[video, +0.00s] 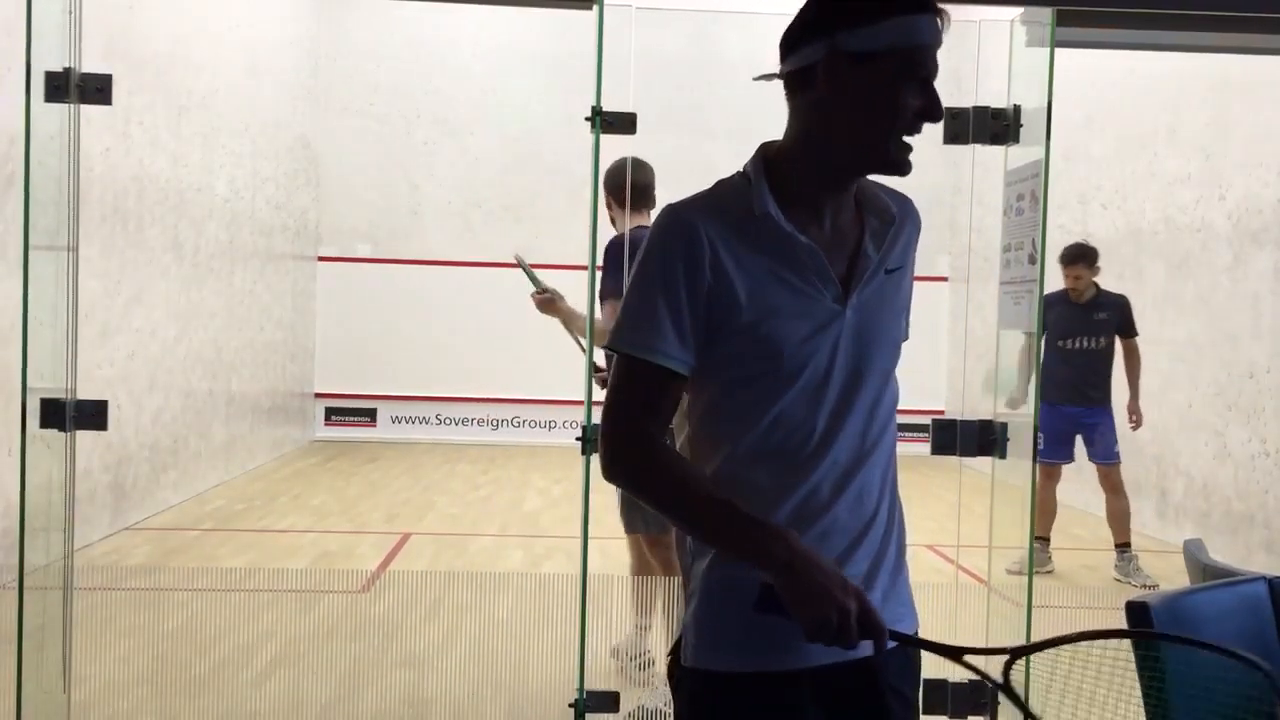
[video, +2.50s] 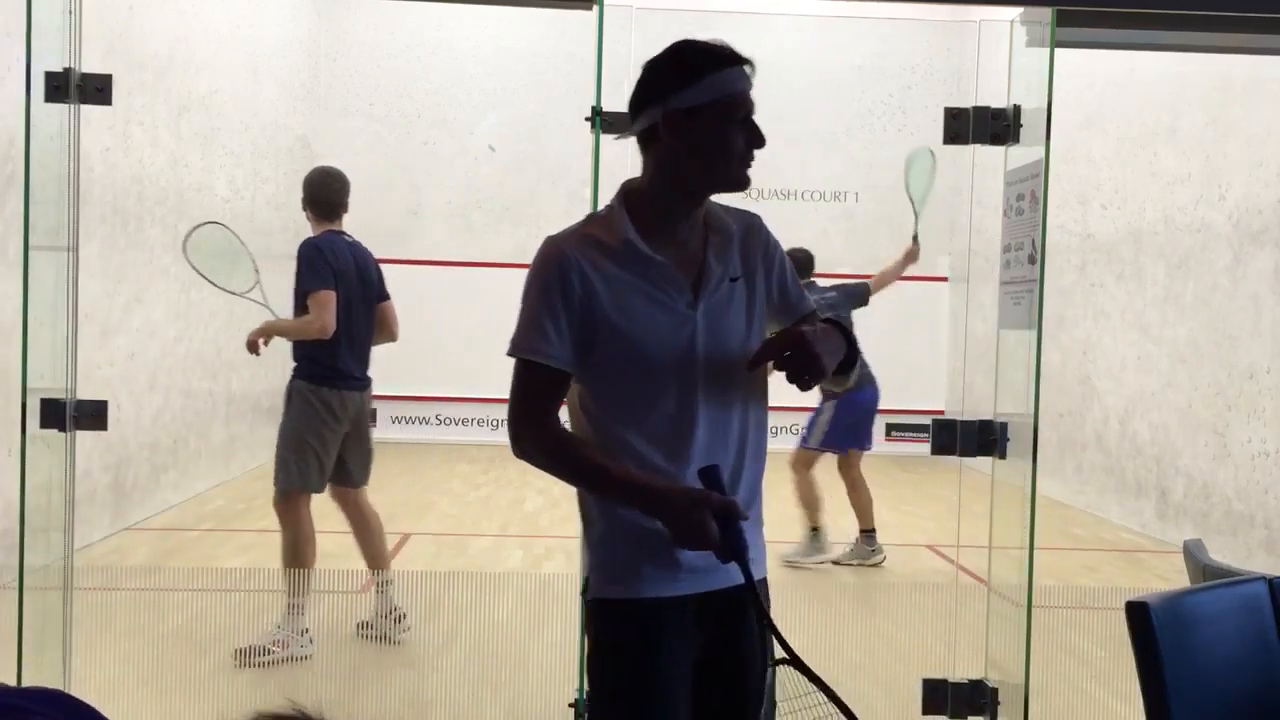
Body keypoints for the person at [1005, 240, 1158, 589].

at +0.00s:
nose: (1070, 284)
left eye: (1077, 278)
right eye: (1066, 277)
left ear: (1094, 273)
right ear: (1061, 273)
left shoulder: (1116, 305)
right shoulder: (1049, 304)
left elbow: (1130, 350)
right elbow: (1029, 347)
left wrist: (1134, 398)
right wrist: (1021, 390)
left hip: (1097, 409)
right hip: (1054, 407)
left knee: (1112, 480)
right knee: (1047, 476)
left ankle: (1125, 559)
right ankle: (1040, 552)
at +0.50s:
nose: (1025, 281)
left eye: (1028, 274)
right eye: (1019, 278)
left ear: (1038, 270)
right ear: (1015, 280)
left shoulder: (1076, 294)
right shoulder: (1018, 305)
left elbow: (1105, 331)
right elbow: (1004, 351)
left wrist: (1107, 382)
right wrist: (996, 400)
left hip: (1072, 399)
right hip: (1035, 400)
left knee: (1065, 472)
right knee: (1038, 475)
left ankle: (1067, 557)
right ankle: (1038, 550)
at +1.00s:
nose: (1033, 273)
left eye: (1038, 265)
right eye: (1028, 266)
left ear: (1052, 262)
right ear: (1021, 268)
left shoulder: (1079, 297)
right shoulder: (1020, 302)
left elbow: (1092, 348)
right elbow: (994, 349)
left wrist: (1056, 365)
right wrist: (980, 386)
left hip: (1067, 404)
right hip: (1029, 403)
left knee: (1065, 478)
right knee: (1035, 479)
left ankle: (1067, 555)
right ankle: (1038, 551)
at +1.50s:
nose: (1025, 265)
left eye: (1032, 257)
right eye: (1019, 258)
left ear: (1045, 259)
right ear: (1011, 261)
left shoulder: (1062, 298)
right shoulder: (1014, 298)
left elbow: (1036, 337)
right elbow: (980, 333)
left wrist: (987, 358)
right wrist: (982, 316)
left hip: (1054, 403)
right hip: (1017, 401)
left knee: (1057, 479)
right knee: (1000, 477)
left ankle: (1067, 556)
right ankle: (1026, 542)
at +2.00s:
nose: (891, 299)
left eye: (896, 292)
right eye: (890, 293)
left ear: (918, 288)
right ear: (905, 295)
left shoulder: (960, 309)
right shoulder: (910, 322)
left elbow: (957, 356)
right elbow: (906, 334)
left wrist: (908, 384)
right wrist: (935, 297)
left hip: (980, 413)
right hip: (945, 413)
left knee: (1011, 487)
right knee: (899, 474)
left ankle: (1056, 549)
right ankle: (879, 544)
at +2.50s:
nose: (777, 281)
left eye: (779, 275)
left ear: (785, 275)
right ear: (811, 271)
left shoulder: (786, 303)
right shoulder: (833, 295)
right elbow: (876, 283)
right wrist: (904, 260)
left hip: (839, 397)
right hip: (864, 392)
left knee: (800, 463)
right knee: (850, 466)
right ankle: (868, 543)